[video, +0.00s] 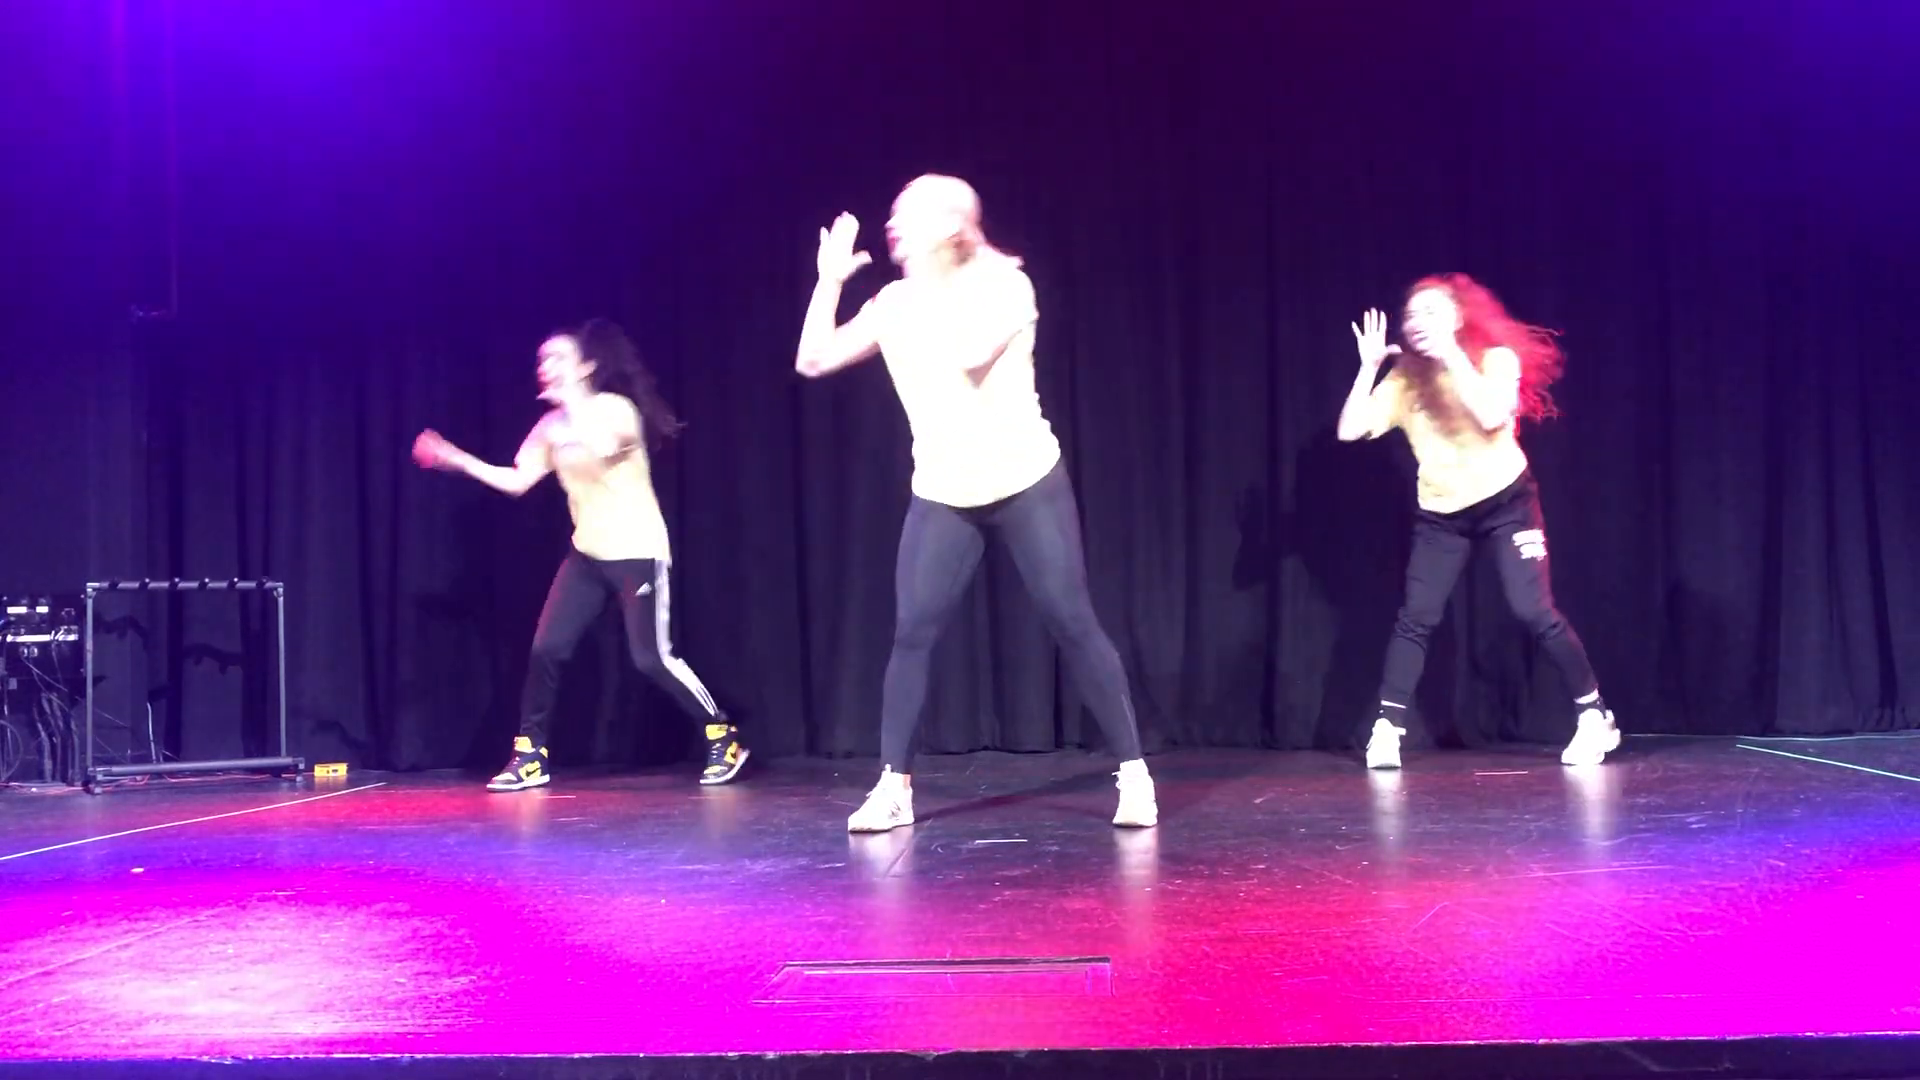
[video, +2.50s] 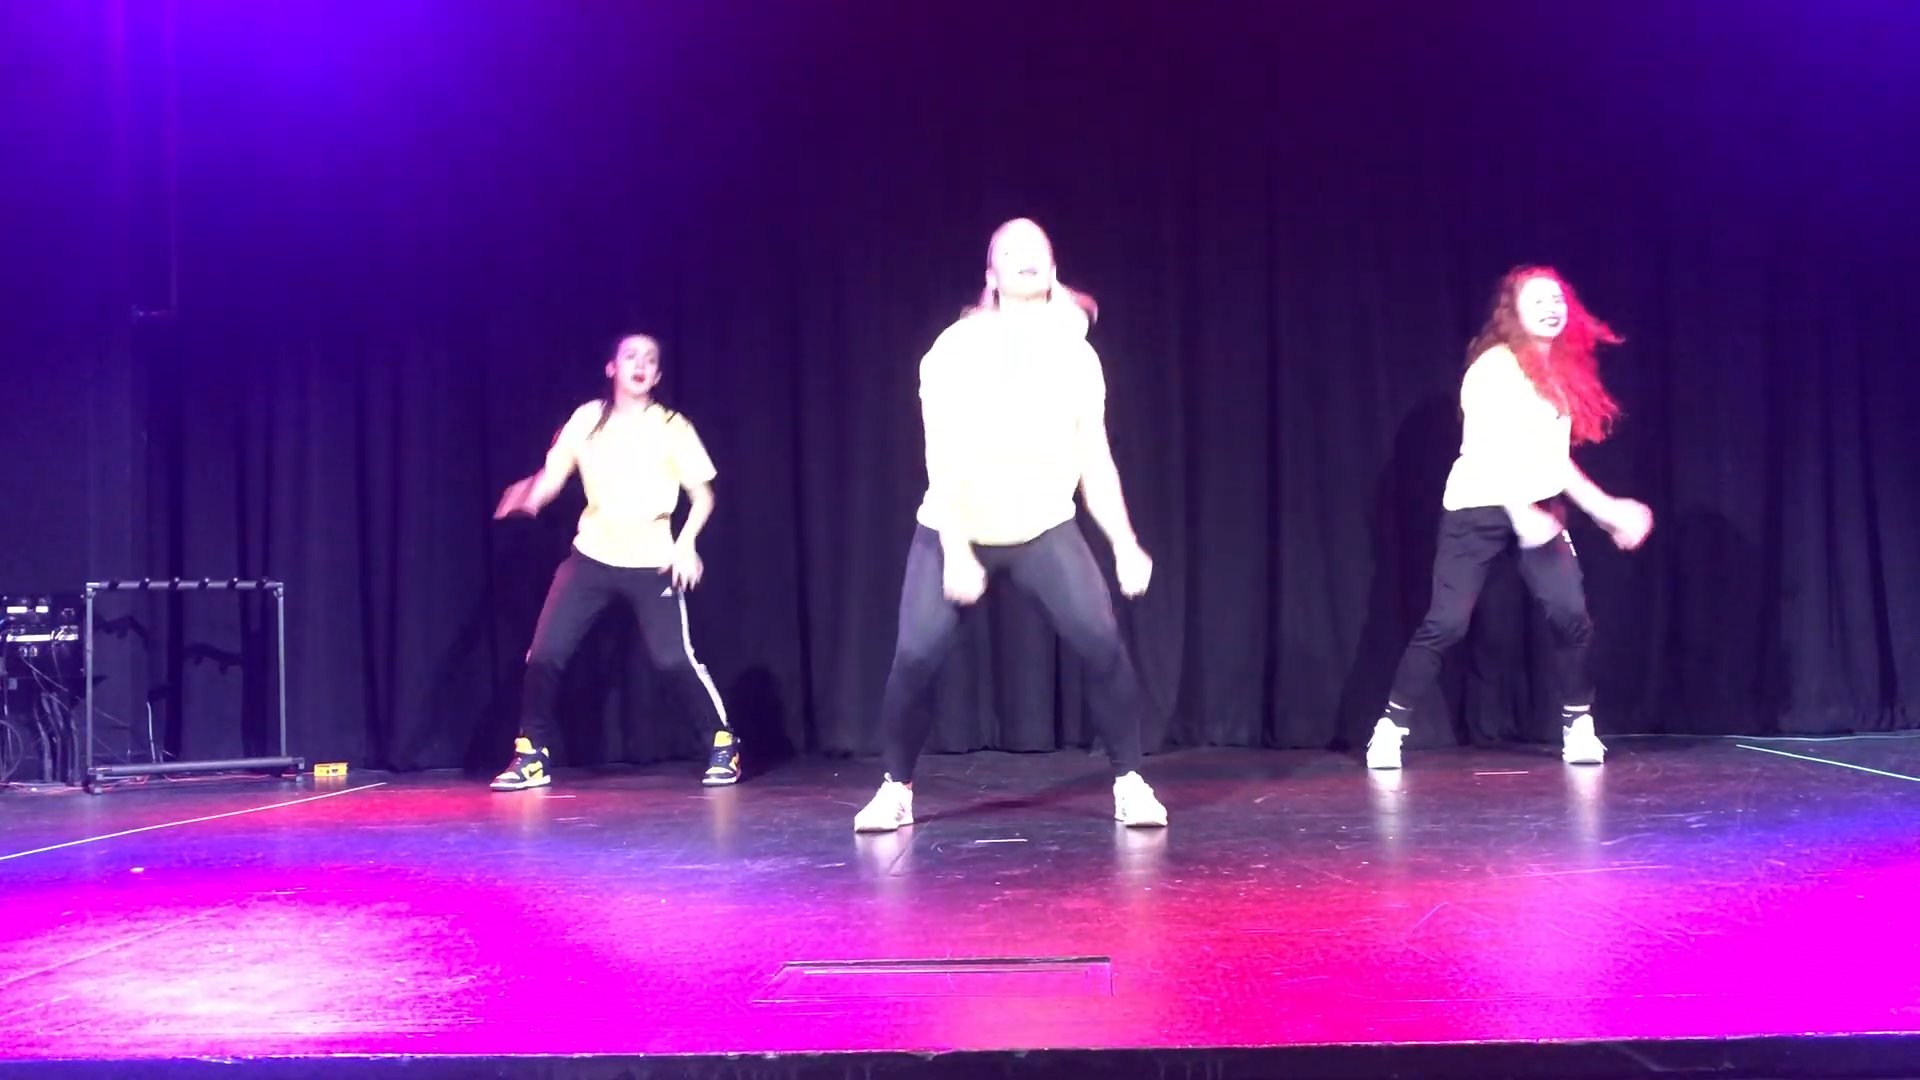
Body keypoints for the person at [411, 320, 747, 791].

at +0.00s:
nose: (545, 368)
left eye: (556, 357)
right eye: (543, 359)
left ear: (587, 364)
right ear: (543, 369)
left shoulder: (615, 410)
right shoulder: (549, 428)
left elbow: (613, 448)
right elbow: (517, 482)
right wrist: (455, 458)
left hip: (640, 552)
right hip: (588, 554)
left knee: (652, 657)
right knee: (547, 649)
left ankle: (723, 738)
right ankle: (531, 758)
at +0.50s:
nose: (471, 395)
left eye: (481, 385)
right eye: (471, 386)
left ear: (513, 394)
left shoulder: (543, 425)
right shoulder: (504, 447)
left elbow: (512, 465)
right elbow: (471, 501)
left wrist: (481, 424)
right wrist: (461, 445)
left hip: (615, 555)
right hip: (577, 562)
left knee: (635, 668)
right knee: (531, 651)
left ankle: (731, 734)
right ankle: (534, 760)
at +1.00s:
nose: (447, 440)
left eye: (455, 430)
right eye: (446, 431)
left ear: (487, 432)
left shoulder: (523, 457)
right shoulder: (482, 480)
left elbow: (504, 527)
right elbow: (473, 544)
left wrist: (463, 475)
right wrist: (452, 486)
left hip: (637, 551)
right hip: (589, 562)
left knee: (663, 652)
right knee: (552, 657)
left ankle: (720, 744)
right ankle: (527, 758)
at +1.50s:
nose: (635, 493)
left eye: (645, 483)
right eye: (626, 483)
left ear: (660, 484)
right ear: (611, 482)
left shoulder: (675, 513)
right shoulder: (591, 506)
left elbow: (689, 589)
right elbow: (579, 581)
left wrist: (656, 536)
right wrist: (602, 531)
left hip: (657, 573)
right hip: (602, 571)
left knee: (682, 649)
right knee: (565, 651)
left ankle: (726, 745)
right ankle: (526, 754)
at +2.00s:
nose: (730, 386)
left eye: (737, 379)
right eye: (721, 377)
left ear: (745, 391)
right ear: (699, 384)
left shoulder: (738, 440)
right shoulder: (671, 417)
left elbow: (775, 494)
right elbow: (668, 476)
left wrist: (750, 438)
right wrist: (705, 427)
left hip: (689, 550)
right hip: (627, 542)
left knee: (703, 647)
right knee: (579, 646)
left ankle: (728, 747)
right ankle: (532, 746)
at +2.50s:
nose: (640, 367)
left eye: (649, 360)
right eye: (631, 358)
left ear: (659, 373)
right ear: (612, 368)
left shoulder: (673, 429)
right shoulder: (587, 420)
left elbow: (703, 496)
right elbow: (551, 477)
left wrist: (686, 542)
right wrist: (528, 499)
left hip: (652, 560)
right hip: (591, 557)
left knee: (674, 658)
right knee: (544, 654)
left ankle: (723, 745)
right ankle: (532, 757)